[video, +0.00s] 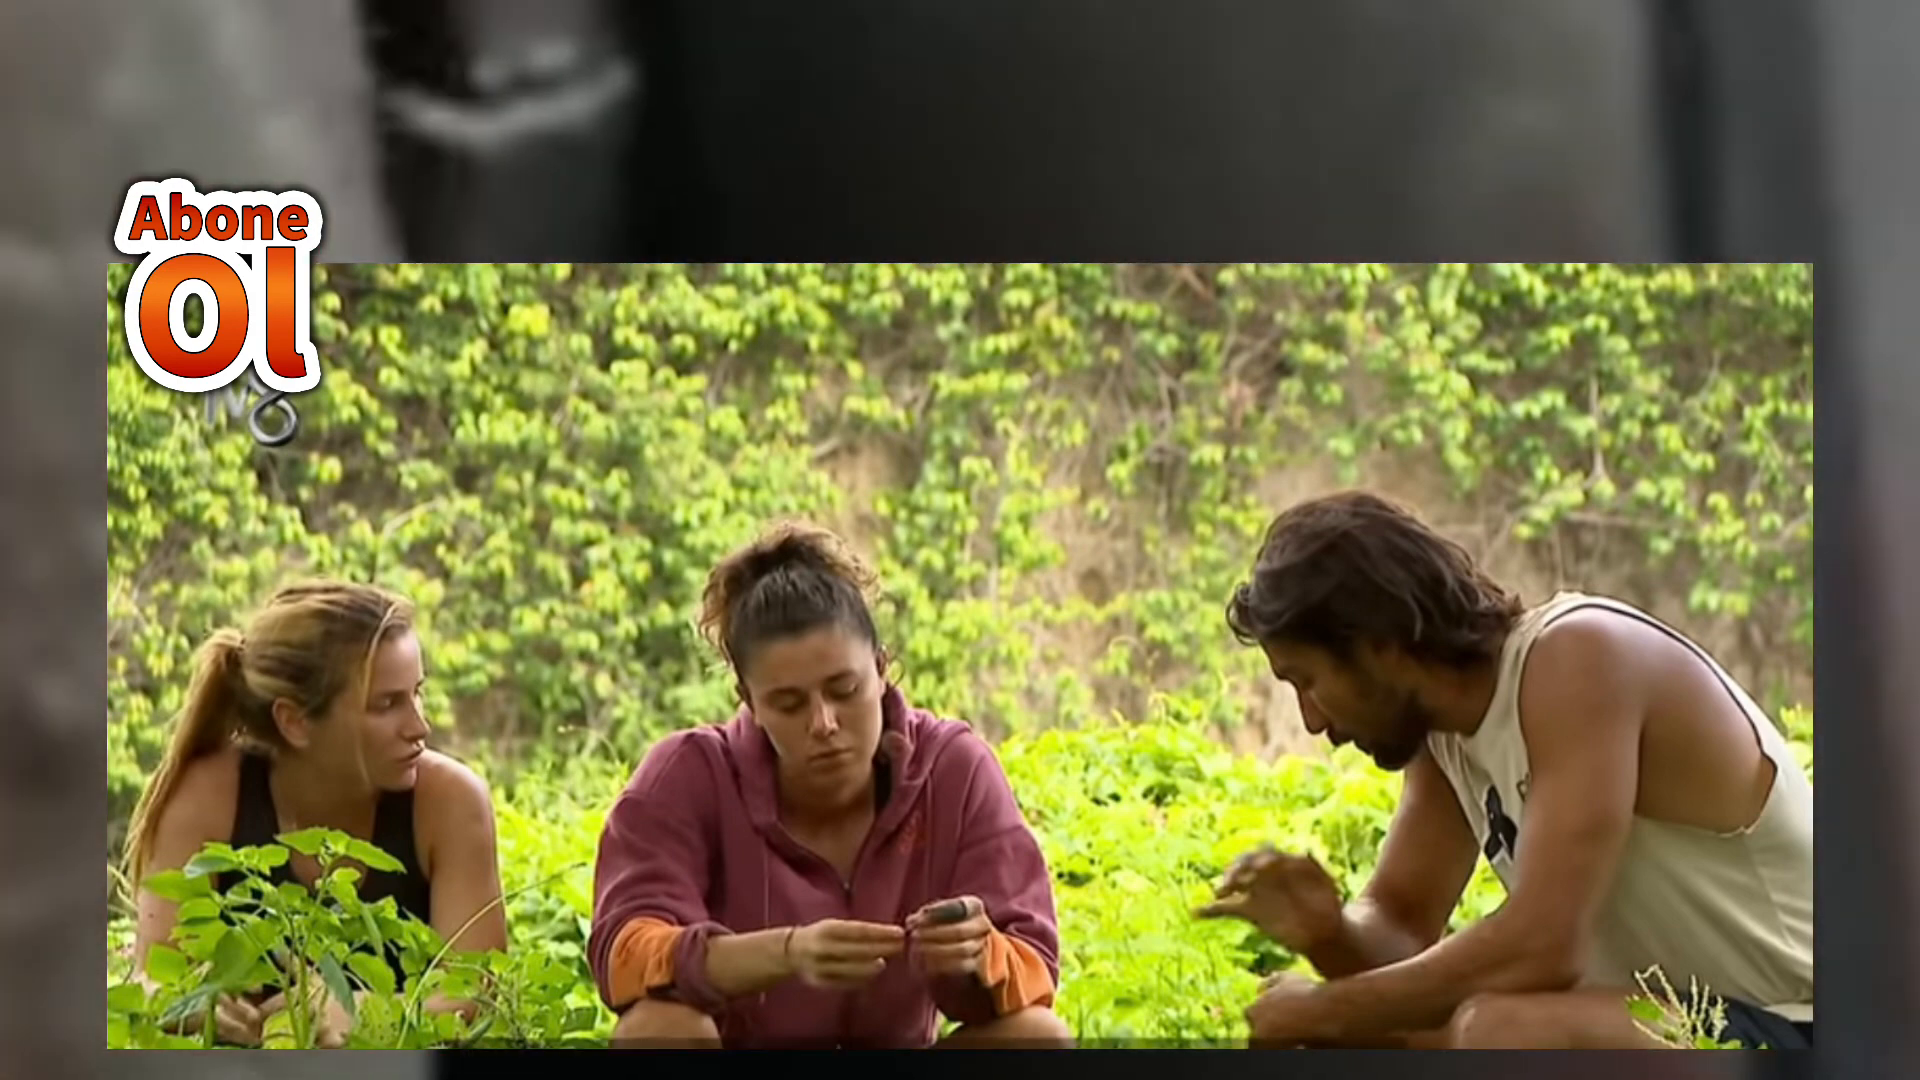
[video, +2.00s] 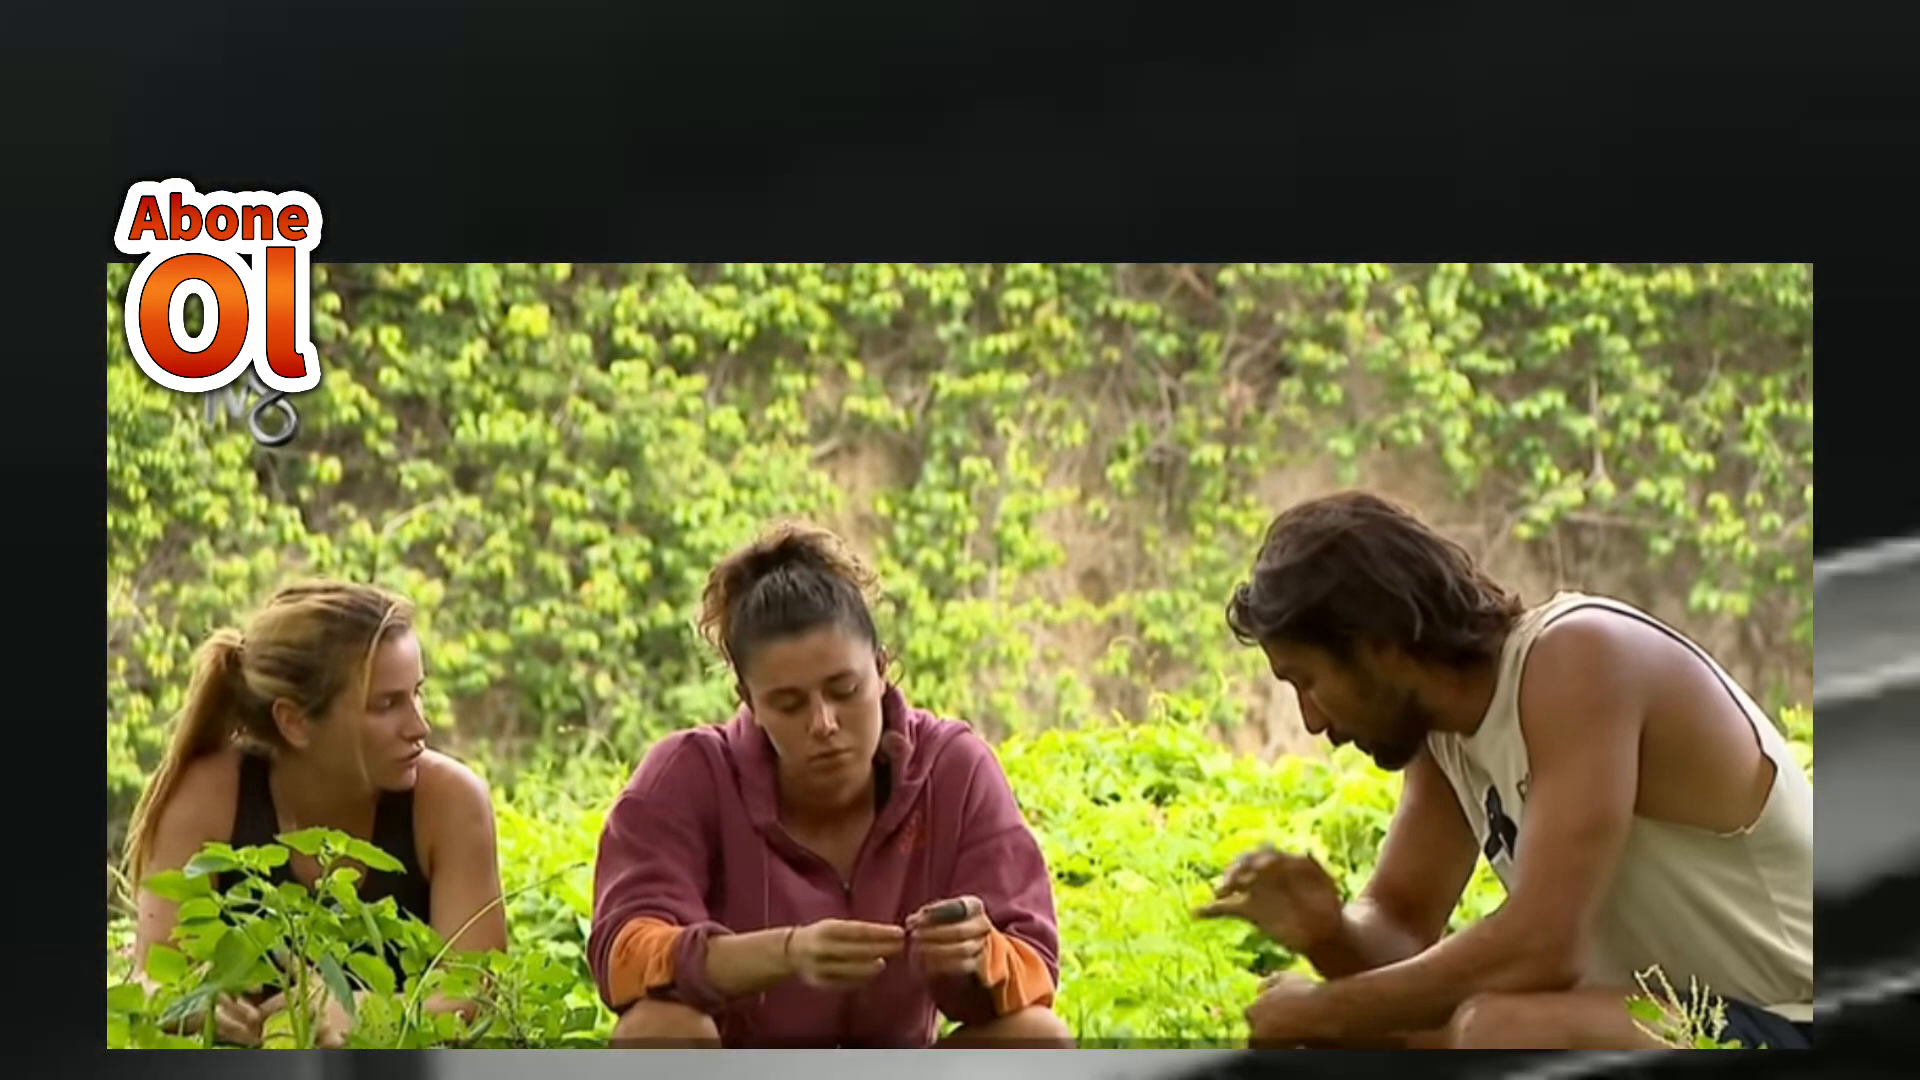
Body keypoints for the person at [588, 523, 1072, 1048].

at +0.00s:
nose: (824, 725)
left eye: (844, 690)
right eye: (789, 703)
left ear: (881, 670)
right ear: (747, 699)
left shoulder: (955, 766)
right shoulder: (687, 773)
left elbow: (1031, 969)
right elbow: (629, 957)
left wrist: (977, 954)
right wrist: (787, 951)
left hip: (899, 1043)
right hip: (739, 1045)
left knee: (1037, 1034)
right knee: (658, 1025)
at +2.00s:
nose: (824, 725)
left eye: (844, 690)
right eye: (789, 703)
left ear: (880, 670)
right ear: (747, 698)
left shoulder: (955, 766)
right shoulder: (687, 774)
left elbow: (1031, 970)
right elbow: (629, 957)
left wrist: (978, 953)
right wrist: (787, 951)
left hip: (898, 1062)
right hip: (738, 1063)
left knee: (1038, 1037)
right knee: (659, 1027)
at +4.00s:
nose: (824, 725)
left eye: (844, 690)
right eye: (789, 703)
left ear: (881, 670)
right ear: (747, 699)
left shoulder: (955, 766)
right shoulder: (687, 773)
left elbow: (1031, 968)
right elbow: (629, 957)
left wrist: (978, 954)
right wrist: (787, 951)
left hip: (898, 1050)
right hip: (740, 1051)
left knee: (1037, 1035)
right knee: (659, 1026)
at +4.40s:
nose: (824, 725)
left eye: (844, 690)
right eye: (789, 703)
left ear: (881, 670)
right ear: (747, 698)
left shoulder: (955, 766)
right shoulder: (687, 773)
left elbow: (1030, 969)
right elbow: (629, 957)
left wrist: (977, 953)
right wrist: (786, 952)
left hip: (898, 1060)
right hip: (738, 1061)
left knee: (1037, 1036)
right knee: (659, 1026)